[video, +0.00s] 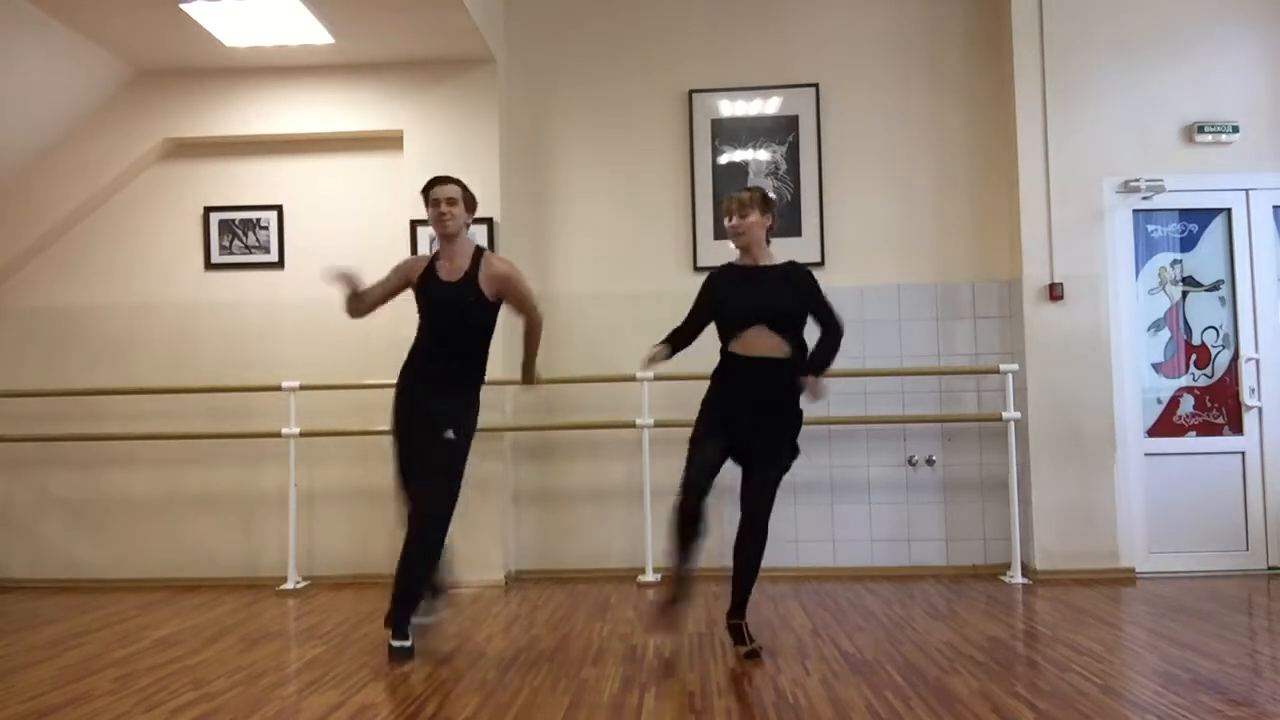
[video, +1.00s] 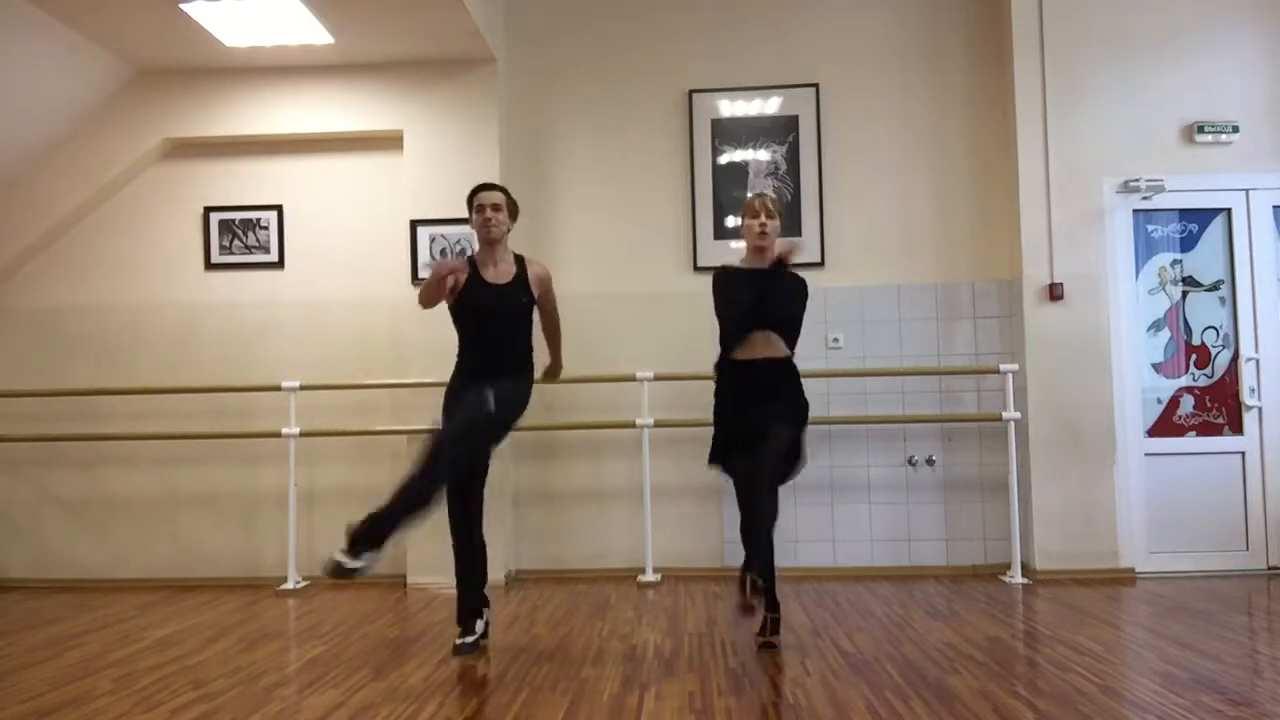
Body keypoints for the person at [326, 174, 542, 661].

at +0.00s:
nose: (443, 211)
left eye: (452, 203)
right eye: (436, 204)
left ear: (470, 211)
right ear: (427, 215)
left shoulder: (496, 271)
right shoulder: (416, 268)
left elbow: (533, 317)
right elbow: (360, 309)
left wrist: (529, 367)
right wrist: (352, 287)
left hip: (457, 398)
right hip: (413, 392)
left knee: (432, 510)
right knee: (417, 494)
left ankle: (400, 619)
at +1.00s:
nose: (489, 216)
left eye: (497, 208)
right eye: (481, 210)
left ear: (512, 219)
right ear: (470, 221)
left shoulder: (534, 274)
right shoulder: (458, 269)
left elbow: (550, 320)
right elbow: (426, 301)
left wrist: (555, 361)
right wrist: (440, 279)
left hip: (512, 384)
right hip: (466, 383)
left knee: (442, 460)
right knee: (465, 509)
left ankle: (364, 541)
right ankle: (473, 617)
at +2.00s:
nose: (487, 221)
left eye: (495, 215)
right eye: (480, 215)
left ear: (510, 226)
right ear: (469, 226)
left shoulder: (528, 284)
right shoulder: (454, 287)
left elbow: (548, 357)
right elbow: (446, 353)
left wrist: (563, 421)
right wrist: (427, 409)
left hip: (523, 411)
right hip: (473, 410)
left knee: (532, 512)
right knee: (446, 483)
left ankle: (534, 611)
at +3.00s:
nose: (561, 226)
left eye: (568, 220)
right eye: (554, 221)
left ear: (583, 228)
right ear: (544, 233)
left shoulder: (601, 277)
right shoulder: (539, 286)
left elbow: (581, 302)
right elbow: (514, 318)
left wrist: (543, 267)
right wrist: (488, 337)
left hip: (610, 403)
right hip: (565, 408)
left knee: (625, 505)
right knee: (595, 507)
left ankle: (624, 602)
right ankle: (659, 583)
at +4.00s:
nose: (601, 231)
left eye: (609, 223)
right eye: (600, 224)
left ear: (635, 228)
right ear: (605, 230)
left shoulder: (666, 270)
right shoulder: (597, 284)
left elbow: (706, 309)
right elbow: (537, 309)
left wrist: (673, 336)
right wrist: (476, 322)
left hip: (644, 398)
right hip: (599, 391)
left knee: (636, 506)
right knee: (543, 461)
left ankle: (627, 606)